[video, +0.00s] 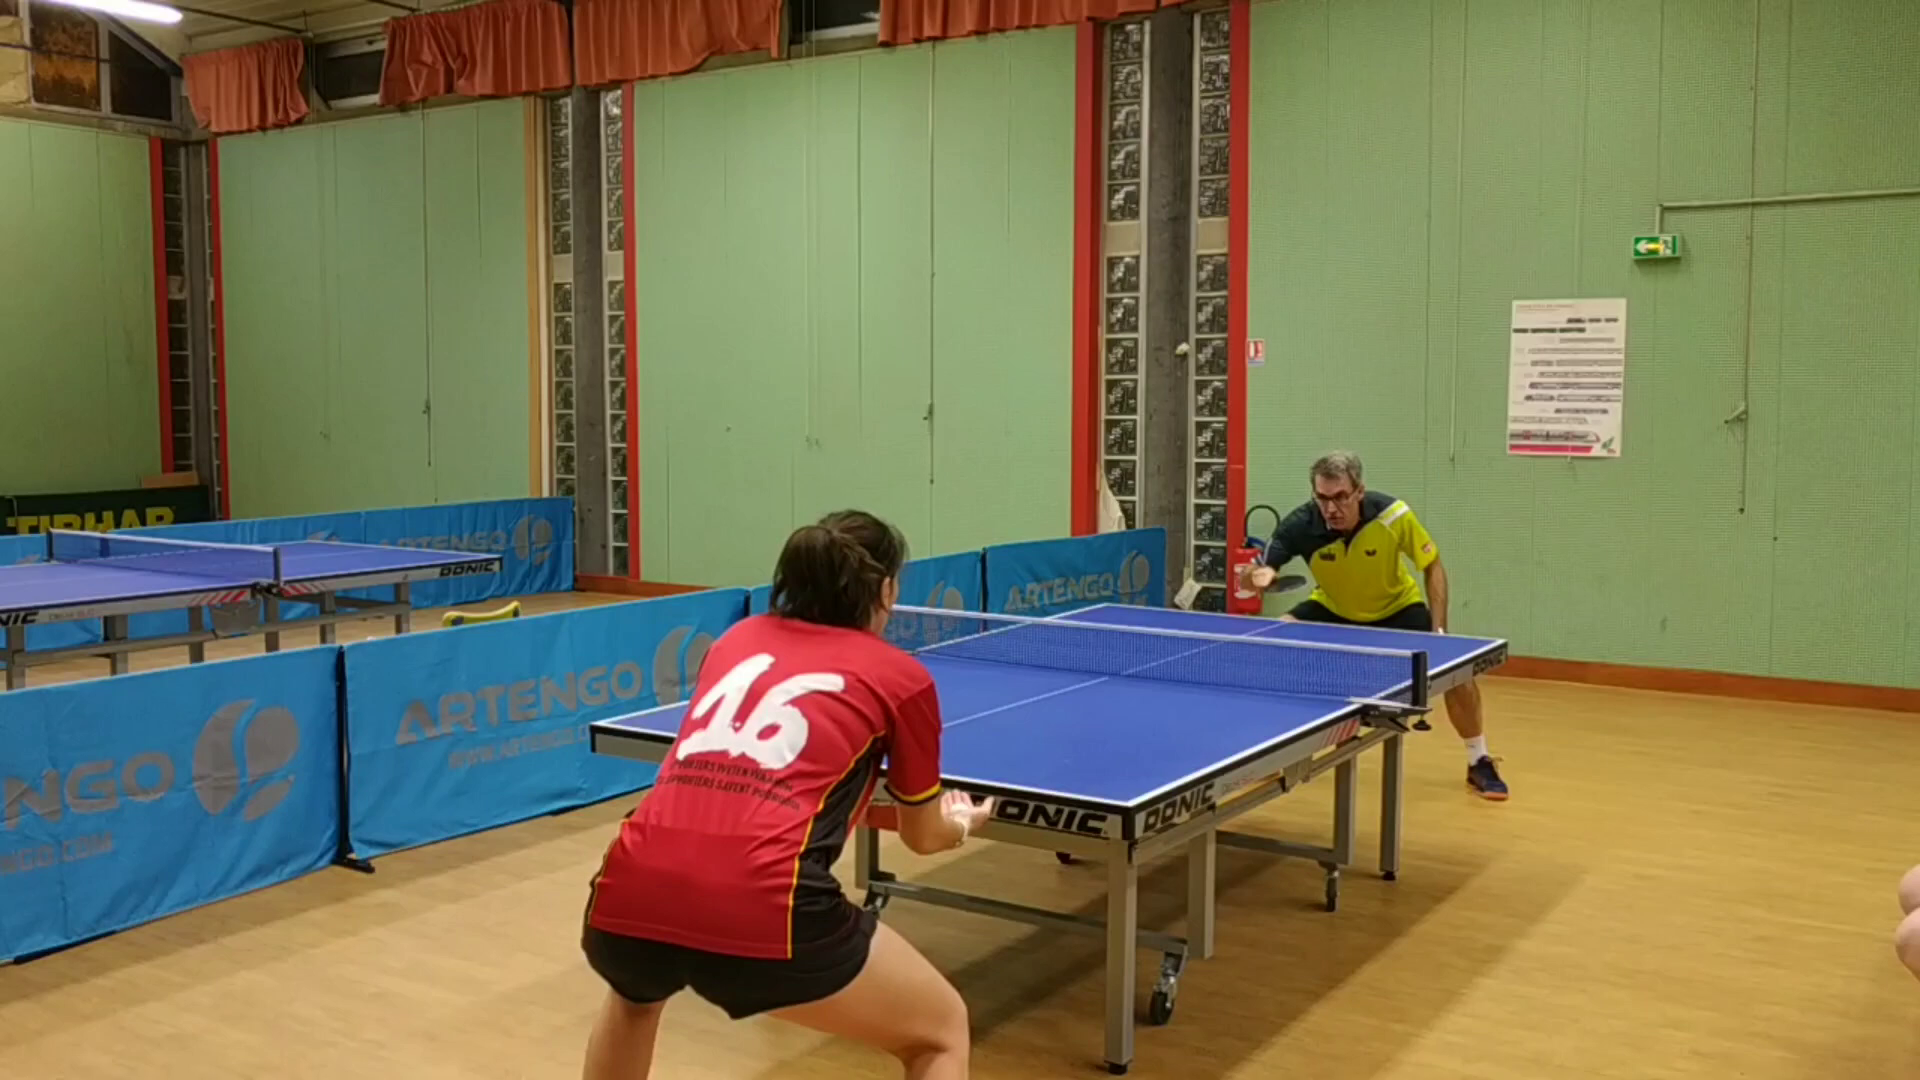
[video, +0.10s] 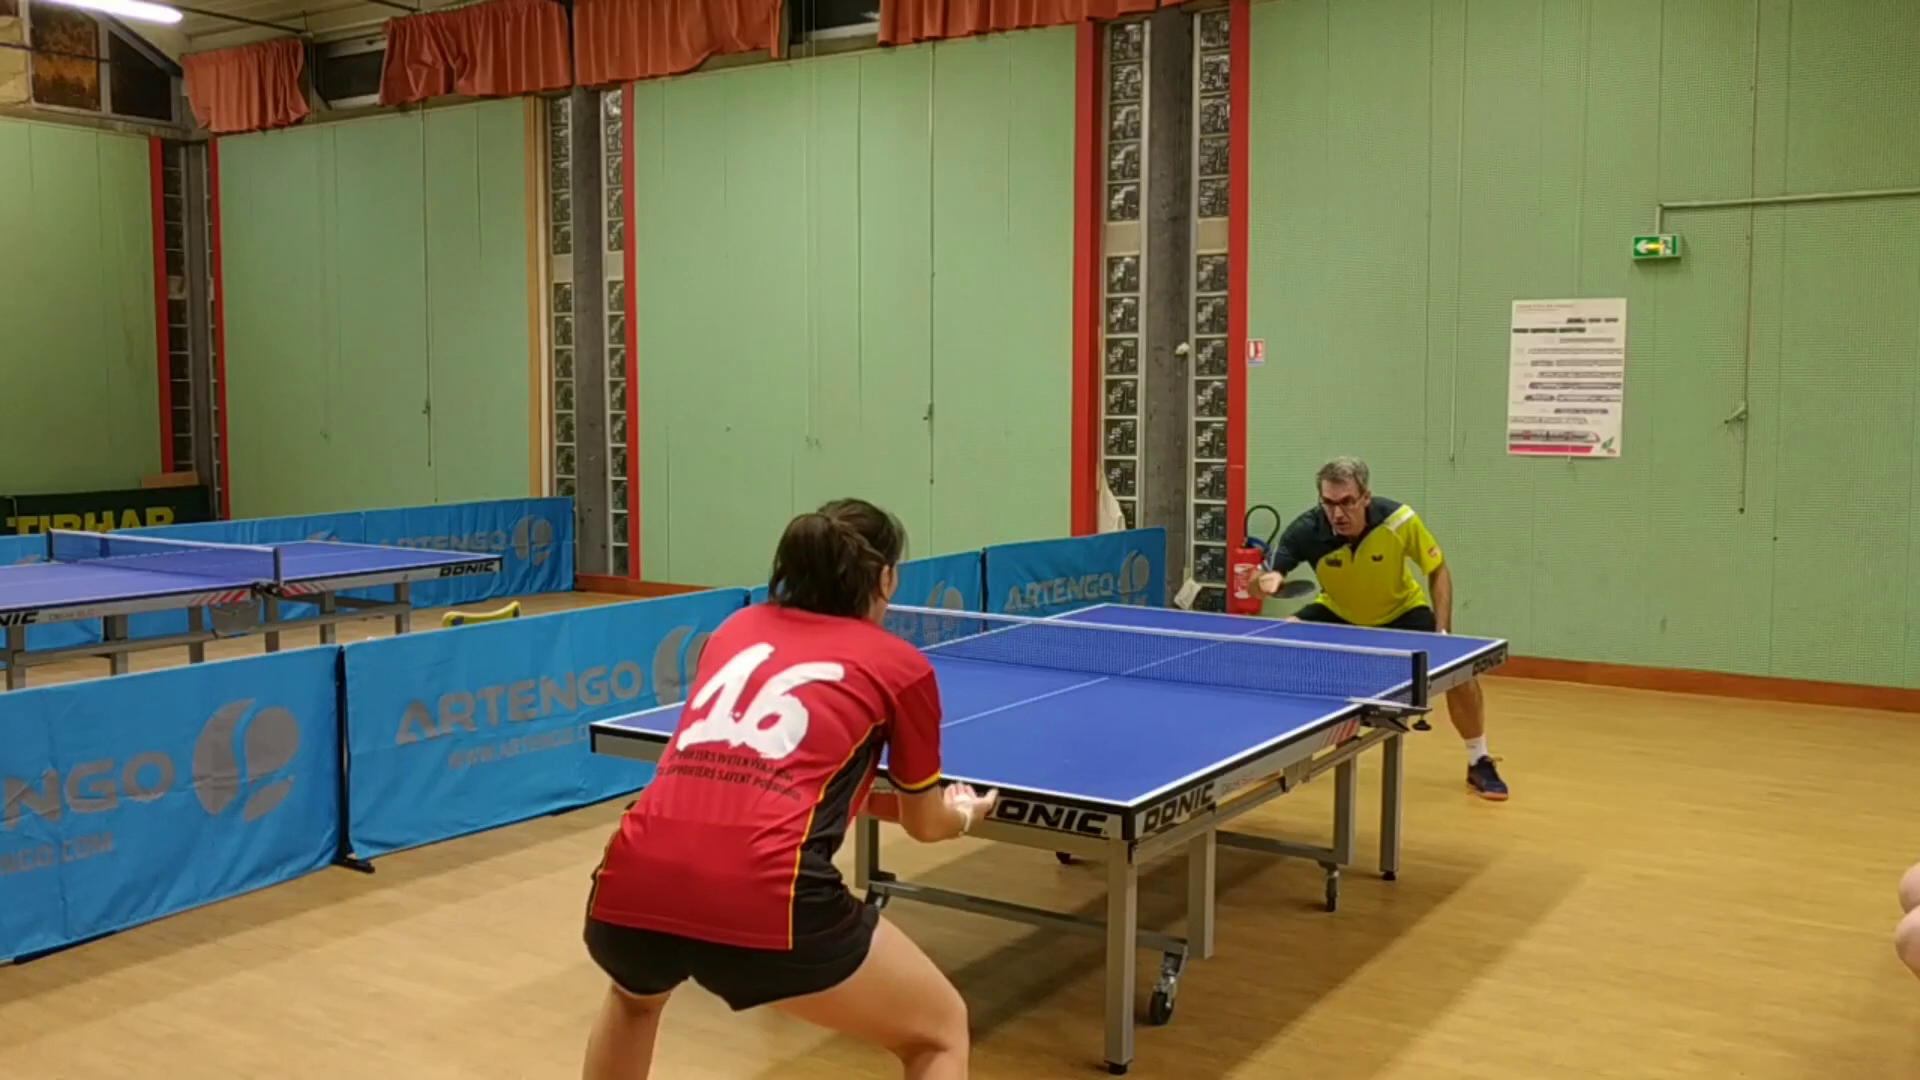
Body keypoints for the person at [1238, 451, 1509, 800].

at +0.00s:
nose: (1331, 508)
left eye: (1340, 498)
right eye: (1323, 499)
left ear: (1359, 491)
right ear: (1313, 495)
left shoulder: (1391, 514)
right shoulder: (1300, 524)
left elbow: (1432, 565)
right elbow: (1264, 570)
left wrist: (1438, 630)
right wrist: (1257, 577)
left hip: (1397, 608)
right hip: (1332, 607)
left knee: (1454, 665)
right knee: (1269, 642)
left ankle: (1480, 761)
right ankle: (1274, 753)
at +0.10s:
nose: (1337, 513)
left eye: (1346, 503)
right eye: (1329, 504)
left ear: (1365, 497)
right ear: (1320, 500)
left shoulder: (1397, 519)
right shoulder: (1307, 530)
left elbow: (1438, 569)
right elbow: (1267, 579)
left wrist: (1442, 631)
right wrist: (1269, 581)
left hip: (1401, 610)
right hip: (1336, 611)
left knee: (1457, 666)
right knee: (1275, 642)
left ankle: (1480, 762)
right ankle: (1277, 754)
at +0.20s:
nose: (1342, 514)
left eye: (1351, 504)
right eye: (1334, 505)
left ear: (1370, 498)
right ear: (1325, 500)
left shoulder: (1401, 519)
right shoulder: (1310, 532)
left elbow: (1441, 572)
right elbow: (1263, 588)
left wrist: (1444, 632)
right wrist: (1274, 584)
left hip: (1405, 610)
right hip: (1341, 610)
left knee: (1460, 667)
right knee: (1276, 644)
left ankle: (1480, 761)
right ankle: (1279, 753)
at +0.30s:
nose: (1345, 513)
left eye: (1354, 502)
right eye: (1337, 503)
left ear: (1374, 496)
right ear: (1328, 498)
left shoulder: (1405, 519)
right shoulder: (1312, 531)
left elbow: (1444, 571)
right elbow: (1265, 589)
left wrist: (1447, 634)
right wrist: (1278, 583)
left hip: (1409, 610)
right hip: (1346, 609)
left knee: (1462, 669)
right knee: (1280, 642)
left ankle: (1480, 762)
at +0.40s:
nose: (1347, 508)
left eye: (1356, 498)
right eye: (1339, 498)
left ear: (1375, 492)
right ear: (1330, 494)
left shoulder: (1407, 516)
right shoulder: (1314, 527)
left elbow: (1447, 570)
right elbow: (1267, 584)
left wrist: (1448, 633)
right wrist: (1281, 578)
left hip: (1412, 607)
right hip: (1349, 606)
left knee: (1462, 669)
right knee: (1285, 641)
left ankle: (1480, 762)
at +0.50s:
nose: (1347, 503)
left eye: (1356, 493)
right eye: (1339, 493)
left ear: (1376, 488)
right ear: (1330, 489)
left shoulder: (1408, 512)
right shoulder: (1314, 523)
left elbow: (1447, 570)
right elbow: (1265, 580)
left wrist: (1449, 633)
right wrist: (1280, 574)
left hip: (1412, 605)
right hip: (1348, 604)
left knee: (1462, 667)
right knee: (1284, 640)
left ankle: (1480, 762)